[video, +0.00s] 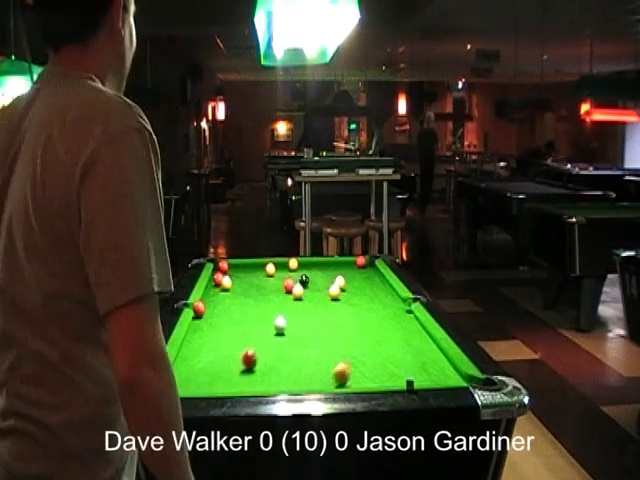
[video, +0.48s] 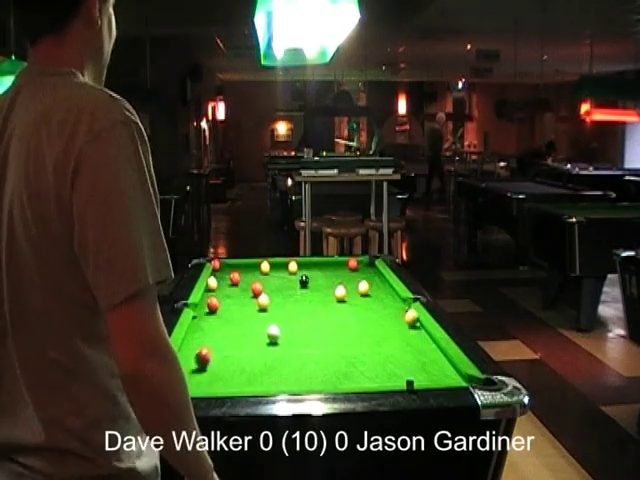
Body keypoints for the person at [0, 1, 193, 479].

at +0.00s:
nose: (136, 36)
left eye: (135, 18)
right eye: (135, 16)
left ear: (46, 24)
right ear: (120, 15)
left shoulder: (10, 119)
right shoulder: (112, 127)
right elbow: (138, 365)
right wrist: (176, 471)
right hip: (77, 454)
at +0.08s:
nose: (129, 33)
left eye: (128, 17)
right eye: (128, 16)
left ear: (41, 23)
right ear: (114, 13)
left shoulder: (8, 114)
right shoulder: (105, 122)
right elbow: (138, 359)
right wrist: (184, 470)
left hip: (11, 443)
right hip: (83, 454)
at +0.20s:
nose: (120, 27)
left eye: (119, 11)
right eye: (119, 10)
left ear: (36, 19)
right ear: (103, 11)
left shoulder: (9, 110)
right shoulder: (98, 121)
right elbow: (141, 356)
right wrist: (190, 467)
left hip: (9, 446)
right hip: (86, 454)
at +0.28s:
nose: (116, 28)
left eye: (115, 12)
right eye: (115, 11)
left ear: (31, 21)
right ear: (97, 12)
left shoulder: (8, 110)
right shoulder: (96, 120)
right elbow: (142, 354)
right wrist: (192, 465)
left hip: (9, 446)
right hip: (88, 454)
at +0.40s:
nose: (113, 28)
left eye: (113, 12)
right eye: (112, 11)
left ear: (29, 21)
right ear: (94, 12)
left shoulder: (10, 109)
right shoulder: (95, 120)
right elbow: (142, 352)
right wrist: (197, 467)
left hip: (13, 448)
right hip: (91, 455)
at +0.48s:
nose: (115, 28)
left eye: (114, 12)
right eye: (114, 11)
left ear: (30, 21)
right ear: (95, 12)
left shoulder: (11, 109)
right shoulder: (96, 119)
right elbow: (141, 352)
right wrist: (198, 467)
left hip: (14, 449)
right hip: (90, 455)